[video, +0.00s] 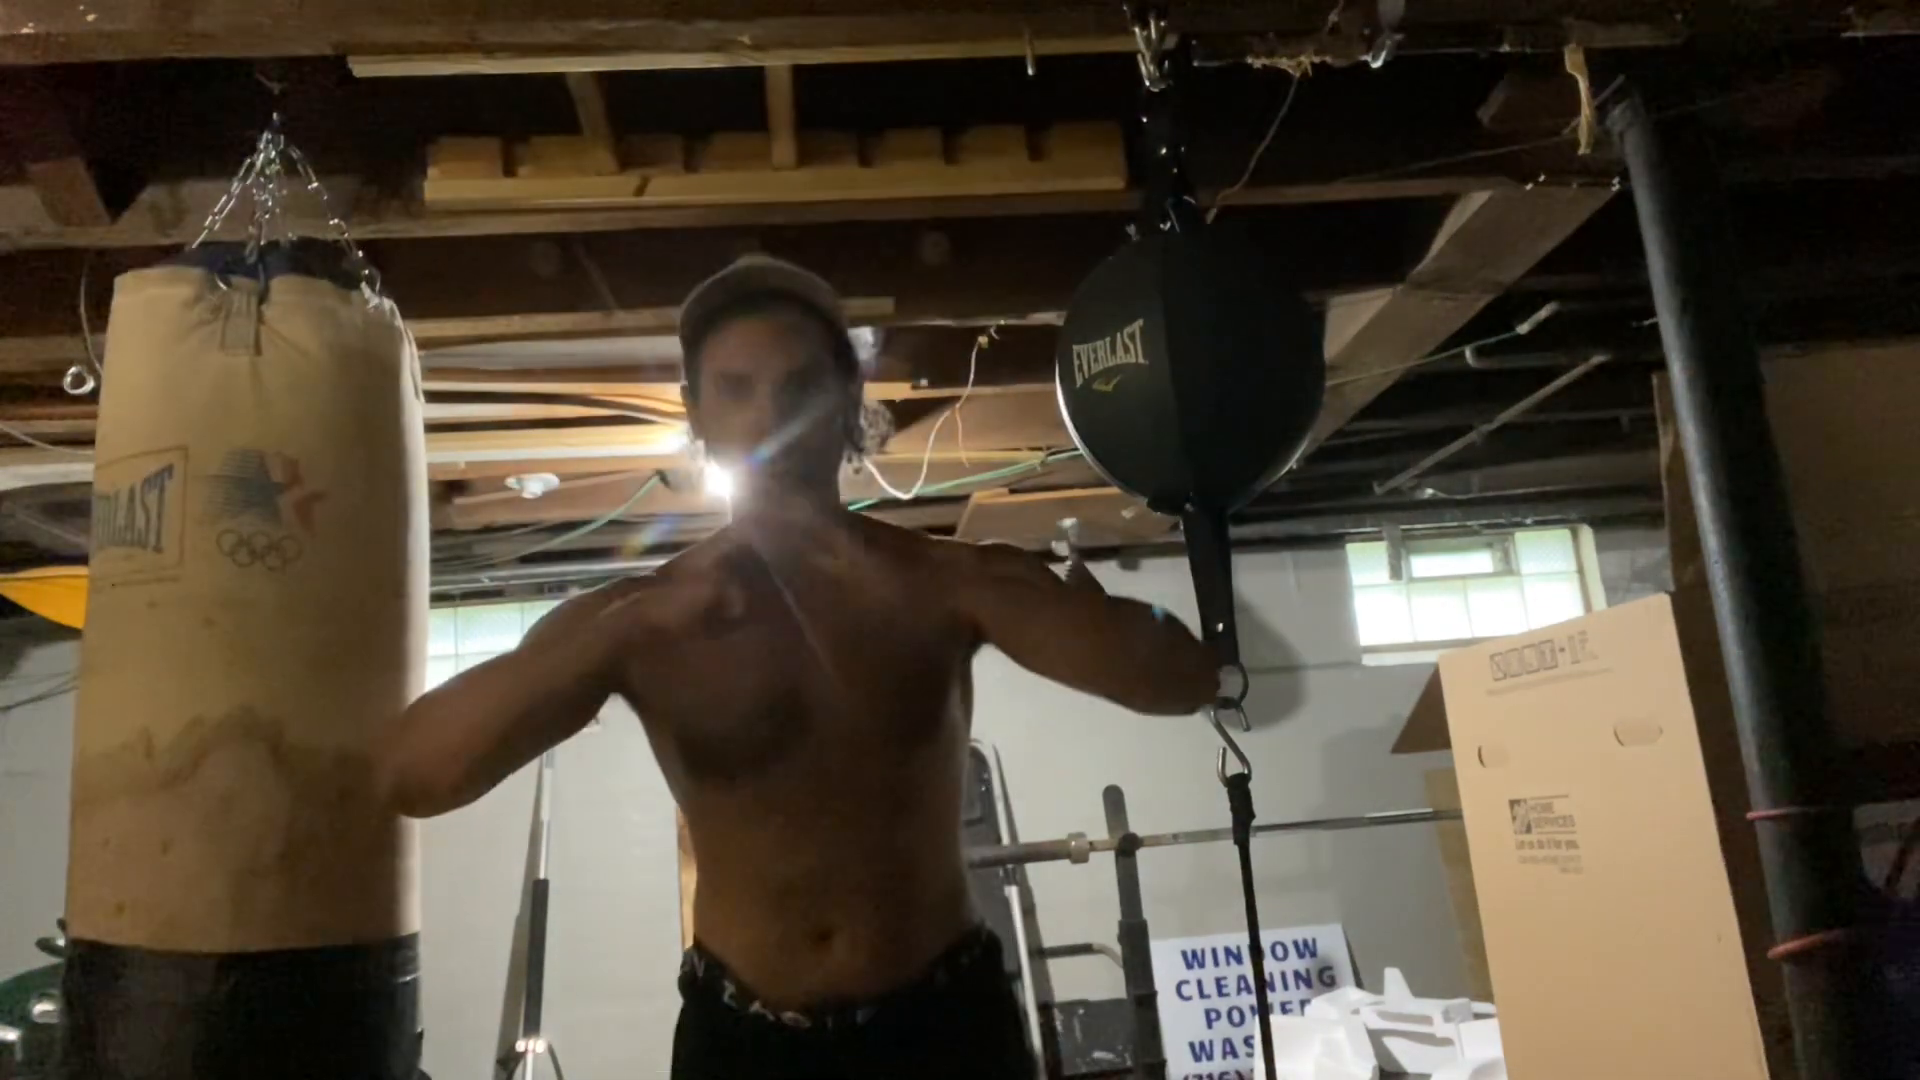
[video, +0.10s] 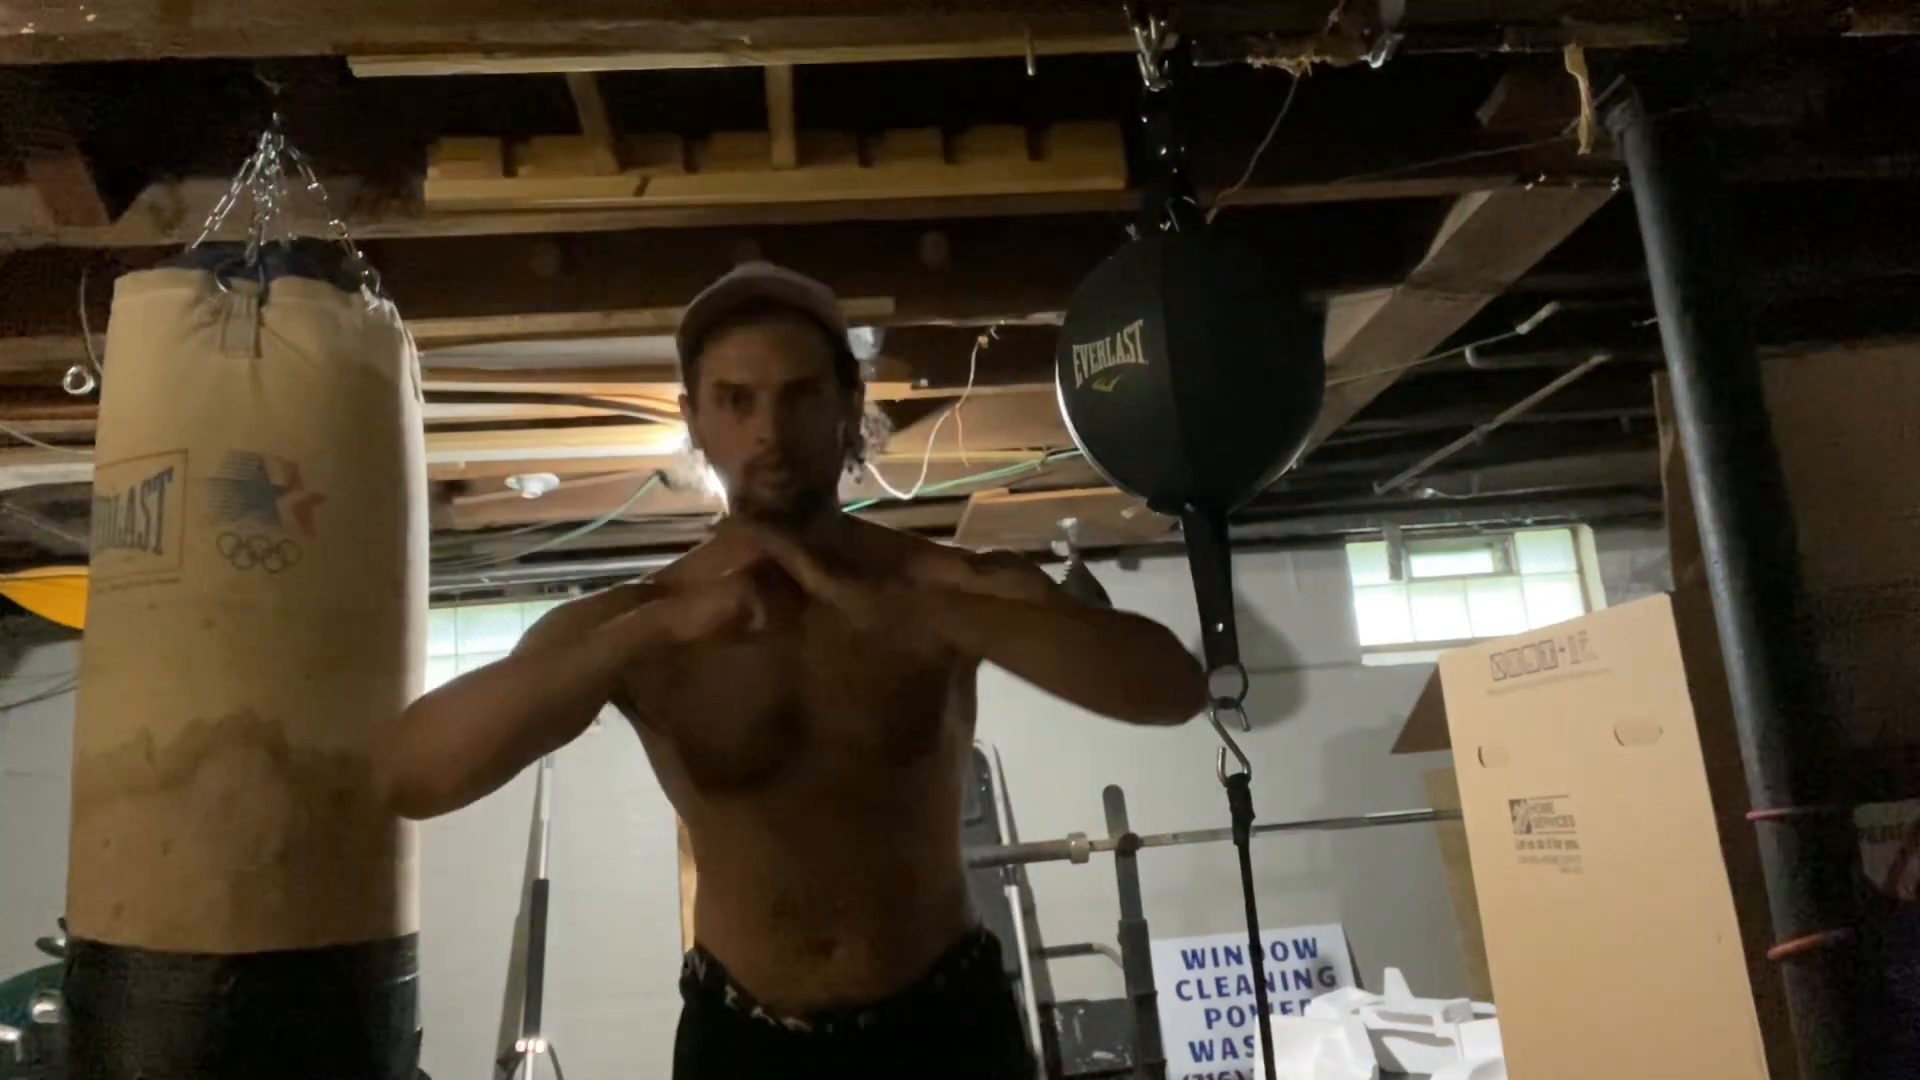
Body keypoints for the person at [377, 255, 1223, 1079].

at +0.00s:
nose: (770, 418)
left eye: (799, 387)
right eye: (735, 394)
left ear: (852, 410)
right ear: (698, 426)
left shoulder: (944, 581)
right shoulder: (633, 624)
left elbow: (1185, 681)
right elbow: (411, 775)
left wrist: (1057, 601)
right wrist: (626, 622)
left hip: (943, 1022)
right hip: (745, 1039)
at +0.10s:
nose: (770, 432)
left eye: (800, 397)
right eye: (736, 402)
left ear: (851, 418)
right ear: (696, 430)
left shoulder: (941, 583)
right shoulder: (624, 624)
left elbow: (1175, 688)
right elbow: (408, 777)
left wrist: (922, 611)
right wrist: (656, 622)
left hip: (943, 1024)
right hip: (744, 1040)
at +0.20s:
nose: (770, 445)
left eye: (800, 407)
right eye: (735, 414)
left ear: (852, 428)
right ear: (695, 443)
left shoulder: (943, 594)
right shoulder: (626, 631)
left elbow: (1173, 710)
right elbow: (402, 791)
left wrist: (909, 635)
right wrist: (650, 642)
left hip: (944, 1022)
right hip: (745, 1038)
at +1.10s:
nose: (775, 395)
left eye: (806, 371)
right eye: (742, 370)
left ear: (851, 407)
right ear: (698, 409)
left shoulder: (942, 582)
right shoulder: (636, 610)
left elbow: (1126, 763)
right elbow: (509, 851)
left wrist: (942, 703)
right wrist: (703, 726)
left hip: (934, 1008)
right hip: (736, 1025)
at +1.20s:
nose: (786, 393)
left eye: (815, 368)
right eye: (751, 369)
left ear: (858, 407)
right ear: (710, 413)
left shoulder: (949, 588)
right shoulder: (641, 614)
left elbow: (1120, 797)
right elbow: (550, 875)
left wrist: (951, 762)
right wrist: (746, 793)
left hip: (943, 1007)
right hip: (743, 1023)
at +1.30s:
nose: (791, 405)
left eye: (819, 377)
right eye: (759, 377)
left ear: (865, 408)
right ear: (719, 416)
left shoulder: (958, 594)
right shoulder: (649, 621)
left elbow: (1115, 818)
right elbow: (576, 883)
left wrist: (1009, 844)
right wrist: (788, 848)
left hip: (951, 1010)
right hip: (751, 1023)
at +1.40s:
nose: (804, 415)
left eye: (830, 386)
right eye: (776, 387)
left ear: (880, 418)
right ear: (737, 423)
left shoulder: (972, 600)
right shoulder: (665, 627)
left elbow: (1112, 853)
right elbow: (606, 894)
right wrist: (819, 913)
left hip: (958, 1011)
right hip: (767, 1021)